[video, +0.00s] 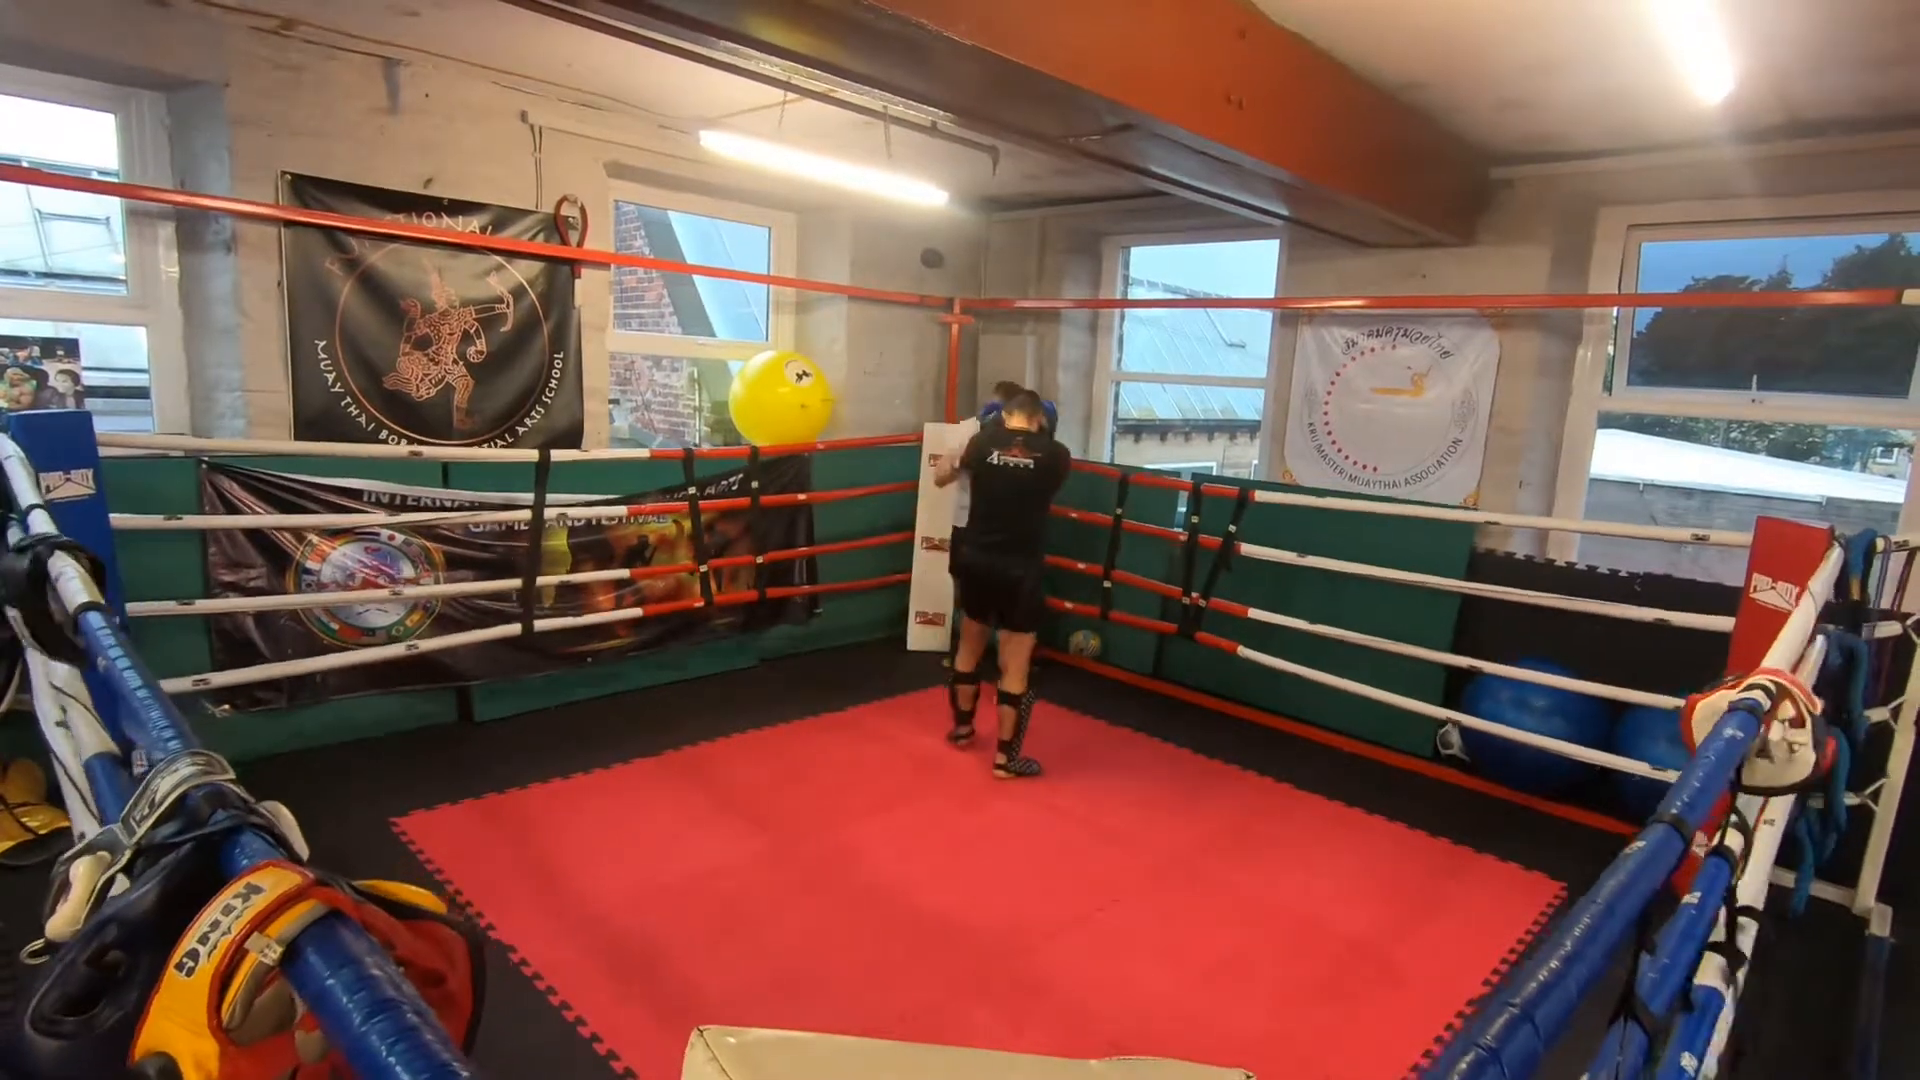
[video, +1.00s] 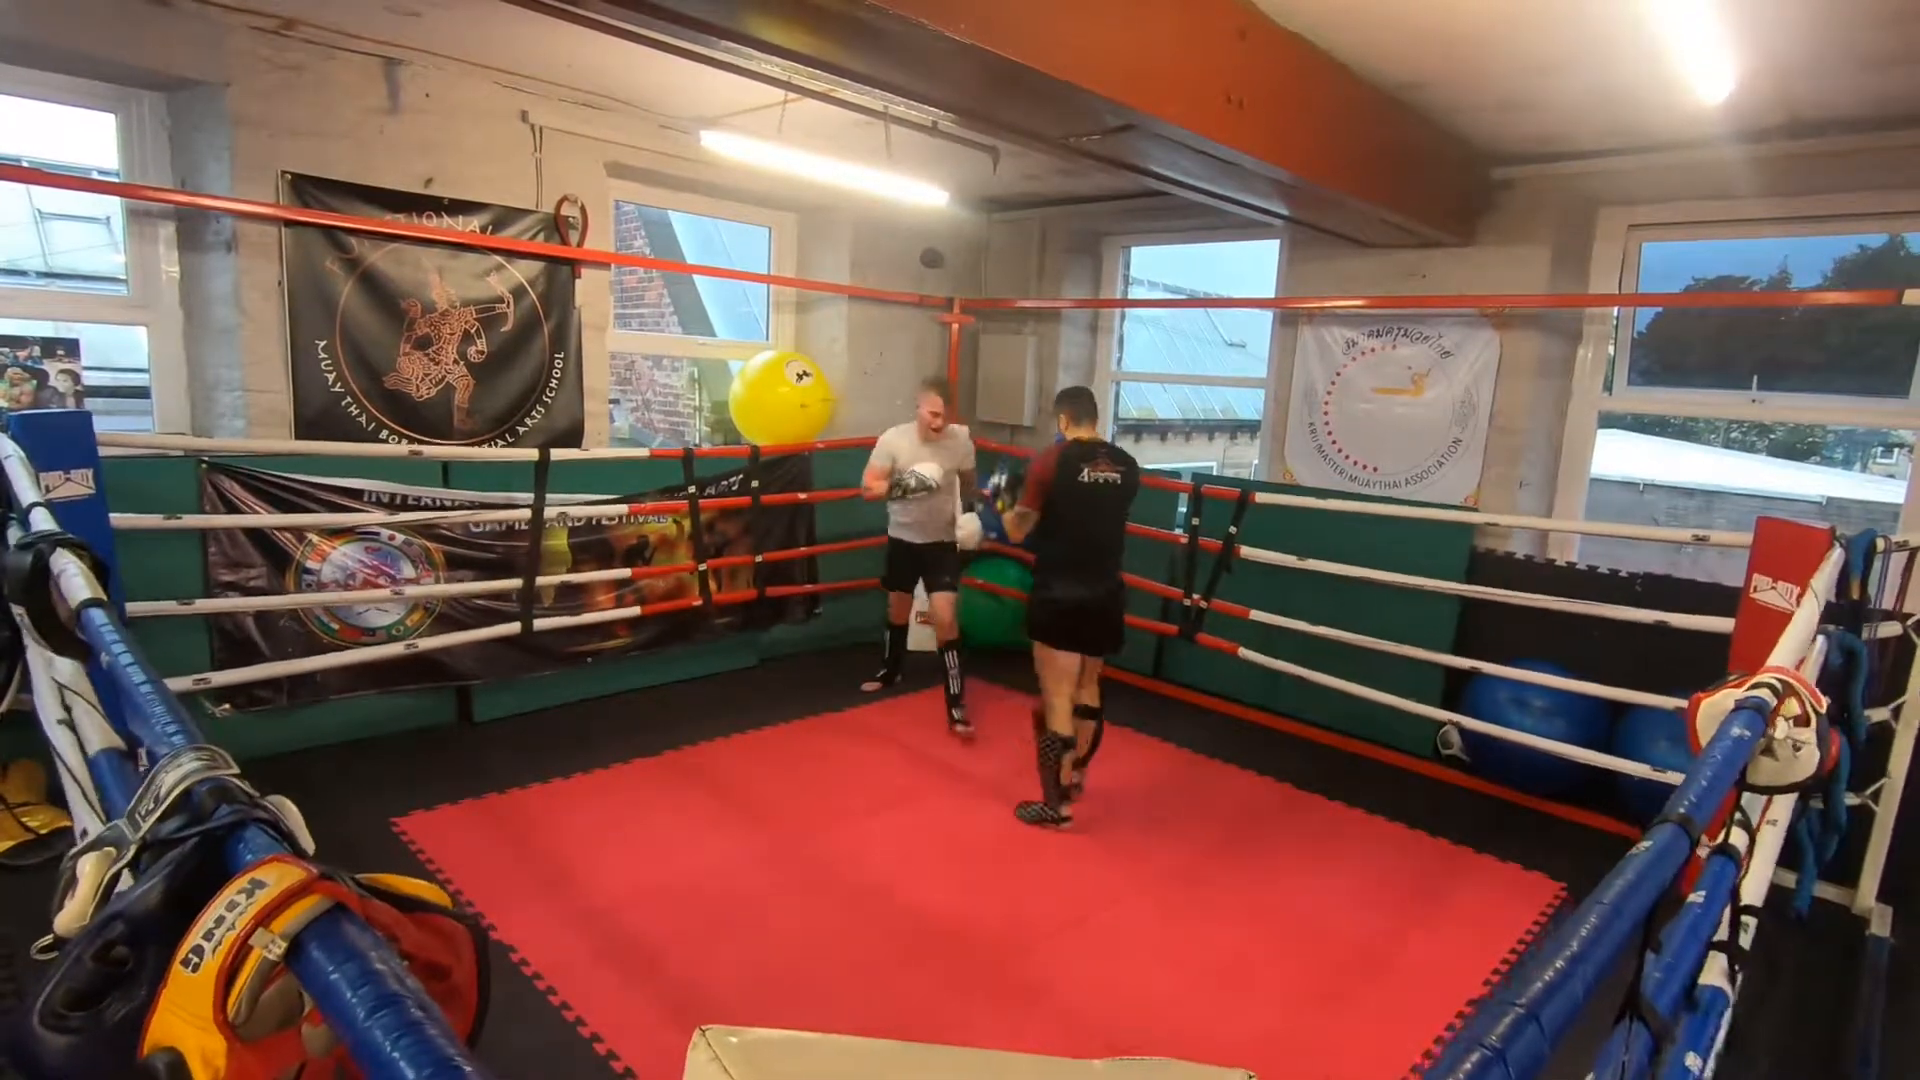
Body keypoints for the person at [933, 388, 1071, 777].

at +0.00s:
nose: (1042, 425)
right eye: (1042, 421)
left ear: (1003, 415)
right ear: (1040, 421)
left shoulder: (981, 443)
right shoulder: (1055, 456)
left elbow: (965, 466)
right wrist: (1036, 432)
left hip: (976, 564)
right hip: (1020, 570)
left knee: (969, 648)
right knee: (1014, 665)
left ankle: (962, 728)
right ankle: (1006, 755)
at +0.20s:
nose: (1058, 436)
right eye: (1058, 432)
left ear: (1015, 424)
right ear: (1054, 432)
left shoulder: (988, 455)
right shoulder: (1062, 468)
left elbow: (987, 447)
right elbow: (1063, 459)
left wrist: (1006, 431)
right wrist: (1044, 438)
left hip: (984, 573)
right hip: (1030, 581)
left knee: (975, 649)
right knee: (1051, 666)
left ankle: (965, 729)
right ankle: (1028, 756)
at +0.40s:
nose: (1087, 448)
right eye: (1092, 442)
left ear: (1052, 429)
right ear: (1089, 440)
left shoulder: (1018, 461)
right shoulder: (1094, 481)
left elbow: (991, 505)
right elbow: (1084, 516)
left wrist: (1003, 460)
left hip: (1005, 582)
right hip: (1055, 591)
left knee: (986, 656)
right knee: (1064, 680)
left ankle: (964, 729)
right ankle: (1056, 773)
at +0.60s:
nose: (1072, 430)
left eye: (1071, 423)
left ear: (1072, 421)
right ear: (1108, 427)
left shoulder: (1045, 454)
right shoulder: (1120, 471)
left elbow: (1000, 500)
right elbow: (1092, 508)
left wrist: (996, 458)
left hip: (1026, 583)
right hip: (1077, 591)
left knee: (999, 662)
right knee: (1070, 685)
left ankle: (983, 745)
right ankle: (1057, 778)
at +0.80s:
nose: (1067, 422)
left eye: (1066, 416)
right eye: (1071, 416)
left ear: (1070, 416)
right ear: (1106, 418)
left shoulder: (1051, 456)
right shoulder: (1127, 467)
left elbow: (1010, 512)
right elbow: (1103, 511)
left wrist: (1004, 473)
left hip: (1043, 590)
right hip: (1094, 593)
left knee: (1019, 677)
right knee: (1075, 687)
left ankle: (1039, 774)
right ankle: (1061, 776)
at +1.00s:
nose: (1058, 428)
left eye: (1057, 422)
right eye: (1063, 422)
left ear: (1062, 421)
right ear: (1097, 420)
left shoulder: (1049, 462)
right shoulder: (1126, 466)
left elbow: (1018, 528)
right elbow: (1106, 517)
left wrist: (1008, 506)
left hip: (1056, 593)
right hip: (1104, 595)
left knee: (1059, 697)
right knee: (1088, 682)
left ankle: (1056, 802)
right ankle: (1076, 773)